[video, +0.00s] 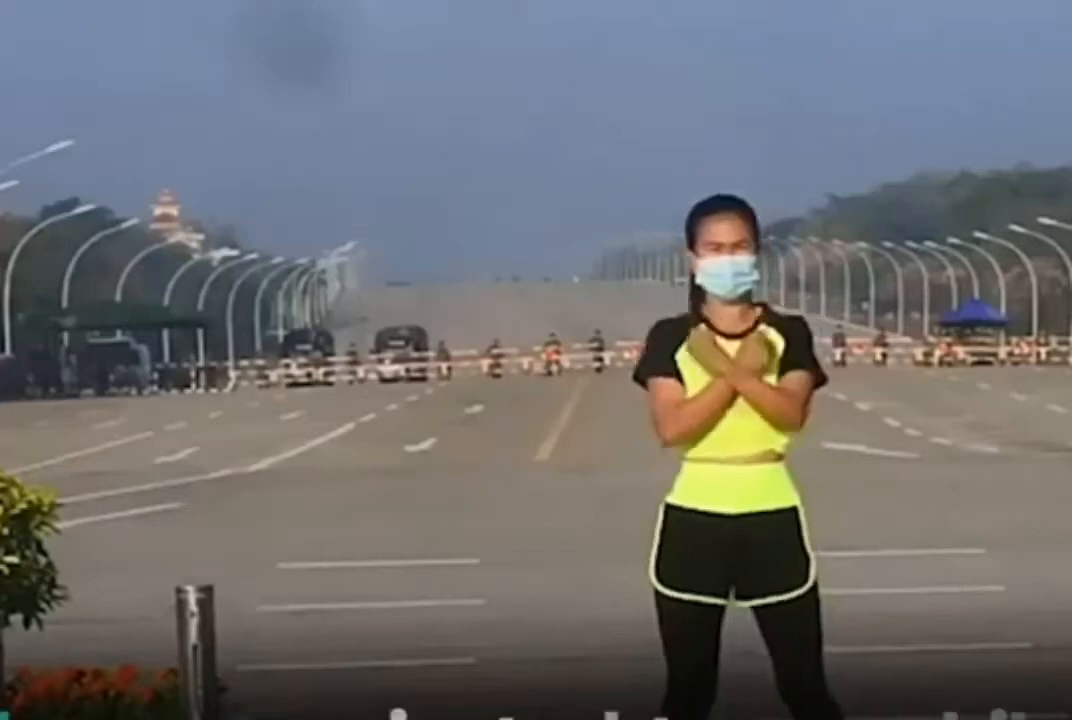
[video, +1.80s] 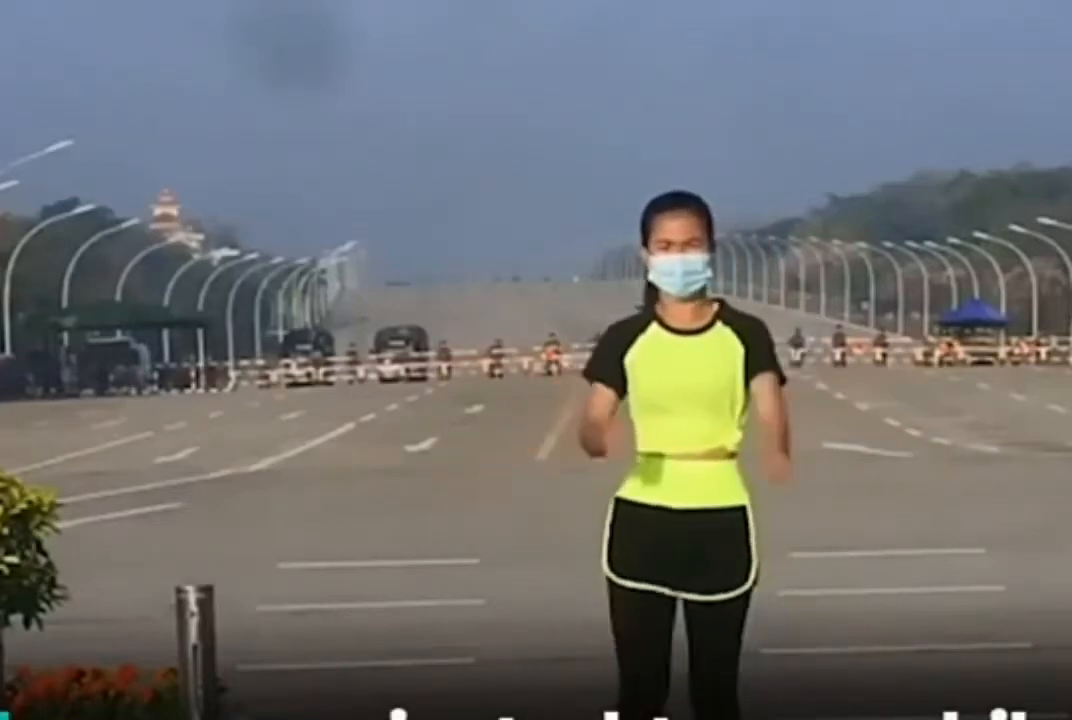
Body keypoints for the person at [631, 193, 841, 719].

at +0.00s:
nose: (731, 261)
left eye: (742, 248)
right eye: (716, 250)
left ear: (757, 254)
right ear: (693, 259)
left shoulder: (789, 331)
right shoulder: (670, 336)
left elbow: (792, 415)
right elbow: (671, 429)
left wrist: (731, 371)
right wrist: (736, 374)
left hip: (772, 522)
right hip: (693, 524)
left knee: (804, 687)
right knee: (689, 690)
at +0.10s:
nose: (720, 259)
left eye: (731, 247)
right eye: (704, 249)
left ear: (746, 254)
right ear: (681, 258)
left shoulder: (777, 336)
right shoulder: (653, 336)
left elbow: (803, 425)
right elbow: (625, 429)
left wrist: (748, 399)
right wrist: (696, 398)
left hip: (754, 521)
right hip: (674, 524)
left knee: (793, 683)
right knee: (676, 690)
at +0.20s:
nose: (706, 258)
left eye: (716, 244)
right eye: (690, 246)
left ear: (732, 251)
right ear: (667, 255)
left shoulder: (761, 337)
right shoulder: (638, 334)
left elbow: (808, 427)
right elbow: (586, 423)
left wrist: (803, 426)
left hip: (740, 524)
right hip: (660, 528)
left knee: (777, 685)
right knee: (670, 691)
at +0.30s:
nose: (699, 255)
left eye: (710, 243)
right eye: (684, 244)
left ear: (725, 251)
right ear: (661, 254)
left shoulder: (754, 336)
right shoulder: (631, 331)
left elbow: (810, 416)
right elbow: (573, 408)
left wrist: (832, 441)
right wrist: (568, 460)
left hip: (735, 518)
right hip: (654, 524)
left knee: (761, 682)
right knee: (669, 690)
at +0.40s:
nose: (688, 256)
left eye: (699, 243)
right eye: (673, 245)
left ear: (715, 251)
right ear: (649, 255)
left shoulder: (746, 334)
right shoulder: (620, 335)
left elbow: (822, 406)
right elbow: (550, 419)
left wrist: (895, 453)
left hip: (730, 521)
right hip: (649, 524)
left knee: (725, 690)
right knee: (665, 692)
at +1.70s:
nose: (685, 260)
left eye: (696, 246)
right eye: (670, 248)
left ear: (714, 252)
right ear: (648, 256)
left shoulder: (748, 335)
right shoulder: (626, 341)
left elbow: (803, 419)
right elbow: (577, 431)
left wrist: (869, 486)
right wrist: (525, 500)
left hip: (724, 523)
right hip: (645, 523)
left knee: (718, 690)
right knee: (659, 691)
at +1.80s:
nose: (683, 259)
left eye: (694, 246)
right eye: (667, 248)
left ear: (711, 252)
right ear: (646, 257)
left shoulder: (747, 333)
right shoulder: (625, 337)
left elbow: (771, 405)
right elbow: (593, 434)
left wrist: (777, 454)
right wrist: (596, 429)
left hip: (720, 522)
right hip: (642, 523)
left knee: (716, 691)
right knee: (642, 690)